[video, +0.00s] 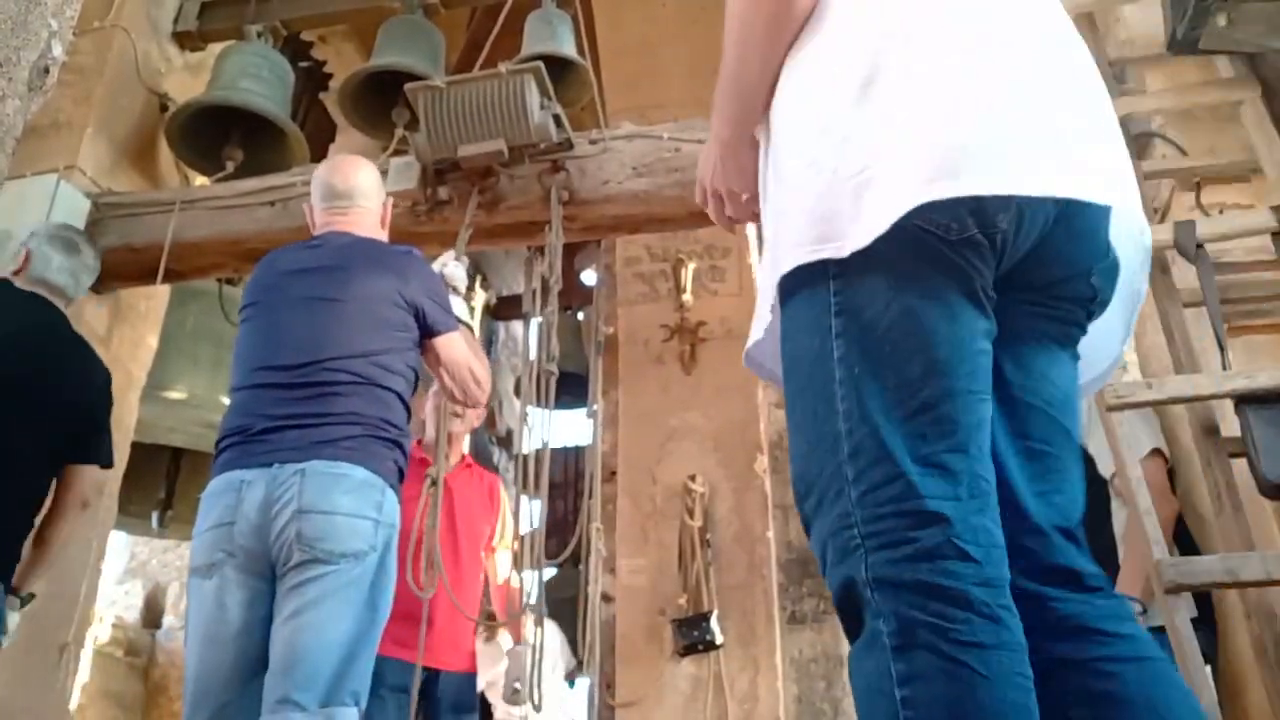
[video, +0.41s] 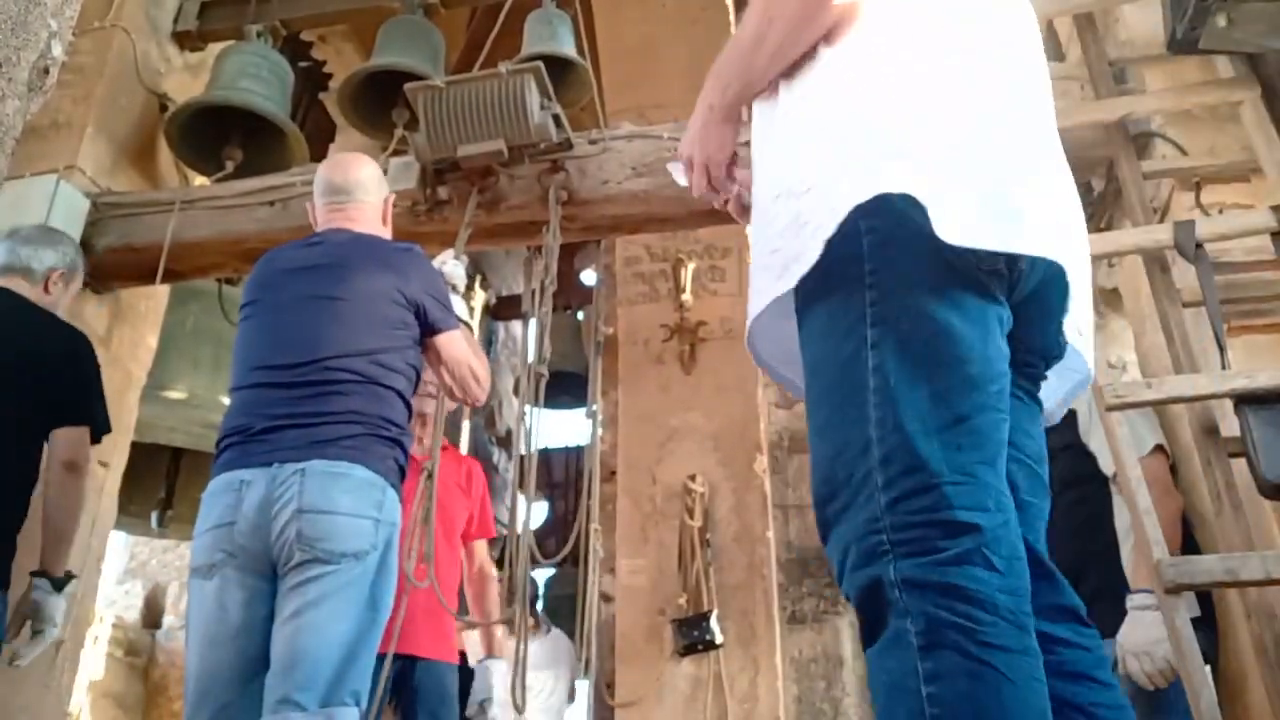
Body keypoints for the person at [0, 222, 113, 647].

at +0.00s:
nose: (8, 263)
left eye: (13, 256)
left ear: (22, 260)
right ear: (81, 294)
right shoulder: (87, 371)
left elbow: (78, 495)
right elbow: (77, 497)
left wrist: (19, 590)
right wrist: (19, 590)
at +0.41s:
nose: (70, 307)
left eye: (74, 296)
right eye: (73, 294)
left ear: (4, 266)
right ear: (53, 281)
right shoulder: (60, 343)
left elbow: (69, 462)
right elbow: (69, 461)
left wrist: (48, 579)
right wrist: (50, 580)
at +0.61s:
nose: (90, 305)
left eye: (94, 291)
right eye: (89, 286)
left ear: (20, 270)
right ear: (52, 270)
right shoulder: (55, 330)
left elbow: (51, 438)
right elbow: (51, 438)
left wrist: (56, 566)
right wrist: (57, 565)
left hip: (6, 575)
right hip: (1, 574)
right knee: (3, 704)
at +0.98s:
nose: (131, 291)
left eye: (136, 283)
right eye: (123, 271)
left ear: (71, 269)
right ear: (73, 264)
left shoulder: (27, 317)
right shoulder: (51, 315)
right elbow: (34, 414)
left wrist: (88, 531)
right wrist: (107, 522)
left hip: (19, 566)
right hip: (16, 566)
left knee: (8, 702)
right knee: (5, 703)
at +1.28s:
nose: (173, 301)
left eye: (177, 293)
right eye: (163, 282)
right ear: (114, 274)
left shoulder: (94, 344)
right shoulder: (75, 315)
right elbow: (27, 392)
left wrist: (115, 566)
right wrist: (100, 509)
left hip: (27, 571)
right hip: (14, 567)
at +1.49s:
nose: (164, 291)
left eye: (169, 285)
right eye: (153, 273)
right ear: (103, 269)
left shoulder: (91, 353)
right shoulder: (51, 315)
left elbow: (57, 482)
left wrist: (87, 578)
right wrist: (27, 494)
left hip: (26, 579)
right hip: (7, 572)